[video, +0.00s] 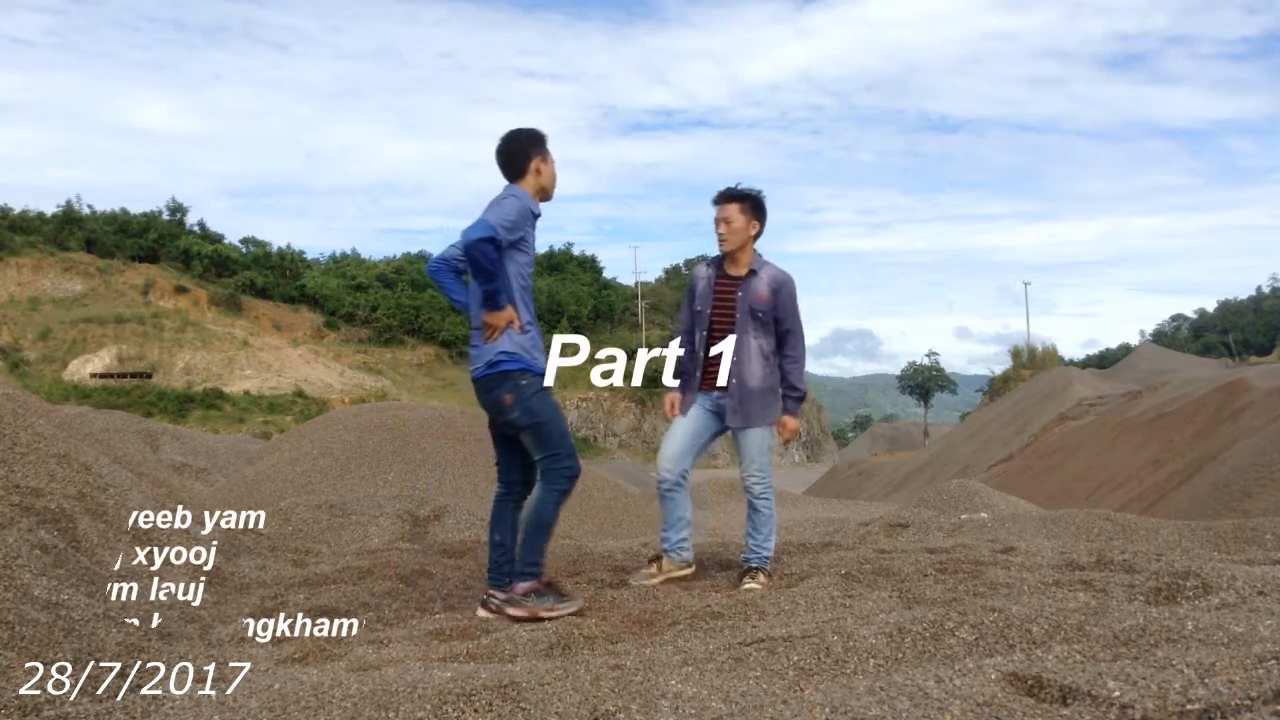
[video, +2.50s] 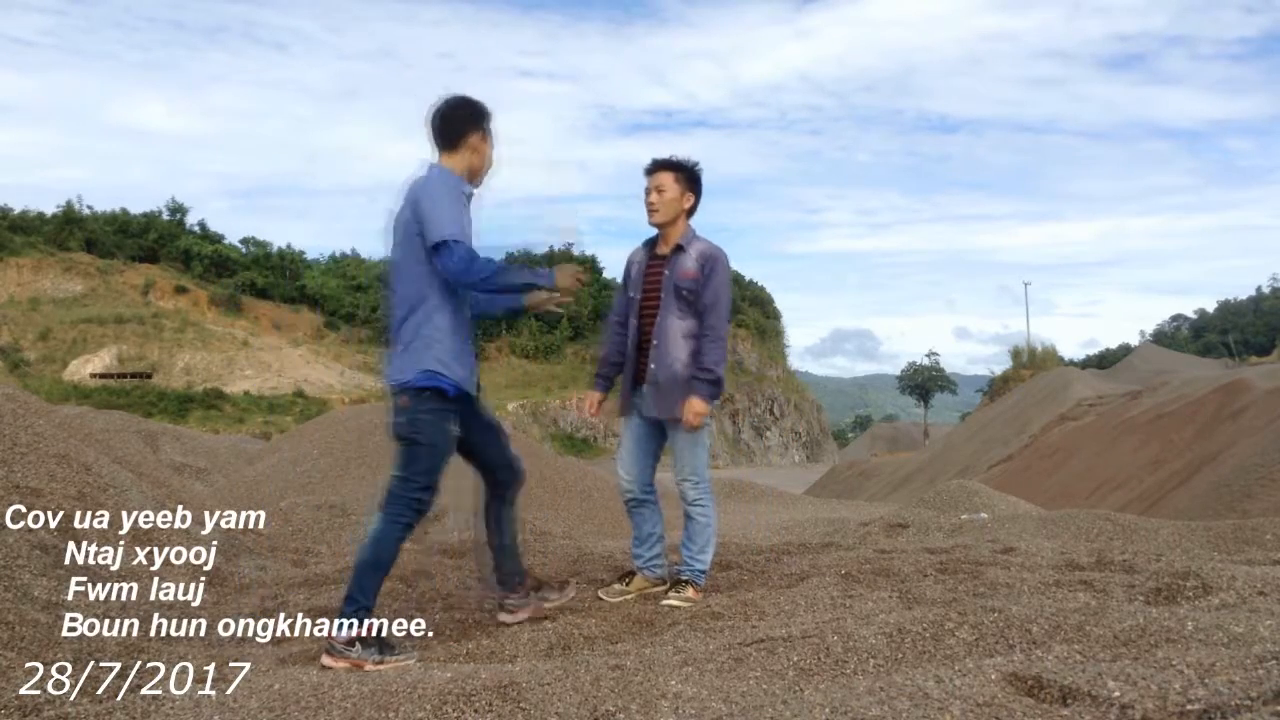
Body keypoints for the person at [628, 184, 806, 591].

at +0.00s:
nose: (719, 229)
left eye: (727, 222)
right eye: (717, 222)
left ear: (754, 227)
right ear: (716, 225)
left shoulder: (776, 282)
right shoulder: (702, 276)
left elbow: (792, 347)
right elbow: (686, 336)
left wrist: (790, 408)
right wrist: (675, 386)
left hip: (754, 402)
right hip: (706, 399)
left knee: (756, 483)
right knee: (668, 467)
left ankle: (756, 564)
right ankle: (677, 557)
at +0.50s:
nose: (661, 217)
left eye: (670, 210)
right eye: (659, 210)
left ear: (697, 218)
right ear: (658, 217)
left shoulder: (722, 273)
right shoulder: (637, 266)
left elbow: (742, 331)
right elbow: (590, 271)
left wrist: (739, 376)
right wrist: (548, 251)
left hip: (710, 397)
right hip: (660, 400)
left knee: (732, 480)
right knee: (658, 487)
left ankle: (754, 562)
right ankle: (675, 569)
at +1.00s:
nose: (624, 212)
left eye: (634, 203)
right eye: (621, 205)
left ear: (661, 210)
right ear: (619, 213)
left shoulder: (690, 262)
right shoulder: (606, 264)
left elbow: (718, 321)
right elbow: (568, 296)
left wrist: (744, 373)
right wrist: (540, 311)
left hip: (688, 383)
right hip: (639, 392)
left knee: (702, 467)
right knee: (652, 483)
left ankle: (717, 549)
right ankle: (666, 567)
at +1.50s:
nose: (636, 204)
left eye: (646, 197)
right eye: (635, 197)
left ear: (674, 204)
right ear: (637, 204)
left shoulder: (701, 261)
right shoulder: (621, 264)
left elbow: (723, 330)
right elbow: (598, 325)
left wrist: (735, 392)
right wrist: (574, 382)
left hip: (685, 391)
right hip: (637, 391)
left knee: (687, 483)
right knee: (650, 486)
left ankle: (691, 576)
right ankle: (666, 567)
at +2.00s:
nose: (639, 195)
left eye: (649, 188)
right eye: (638, 188)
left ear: (677, 198)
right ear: (641, 197)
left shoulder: (699, 252)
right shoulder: (631, 257)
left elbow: (707, 323)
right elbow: (623, 325)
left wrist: (683, 366)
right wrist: (623, 385)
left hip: (685, 390)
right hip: (642, 391)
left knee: (690, 484)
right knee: (634, 482)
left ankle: (691, 577)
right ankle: (651, 570)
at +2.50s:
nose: (650, 199)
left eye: (660, 191)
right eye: (647, 192)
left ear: (687, 199)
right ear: (646, 199)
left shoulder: (709, 258)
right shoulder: (638, 258)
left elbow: (715, 332)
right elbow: (619, 326)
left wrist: (703, 392)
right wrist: (600, 385)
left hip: (686, 393)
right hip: (641, 392)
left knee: (692, 488)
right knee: (634, 485)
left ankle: (693, 577)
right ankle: (650, 571)